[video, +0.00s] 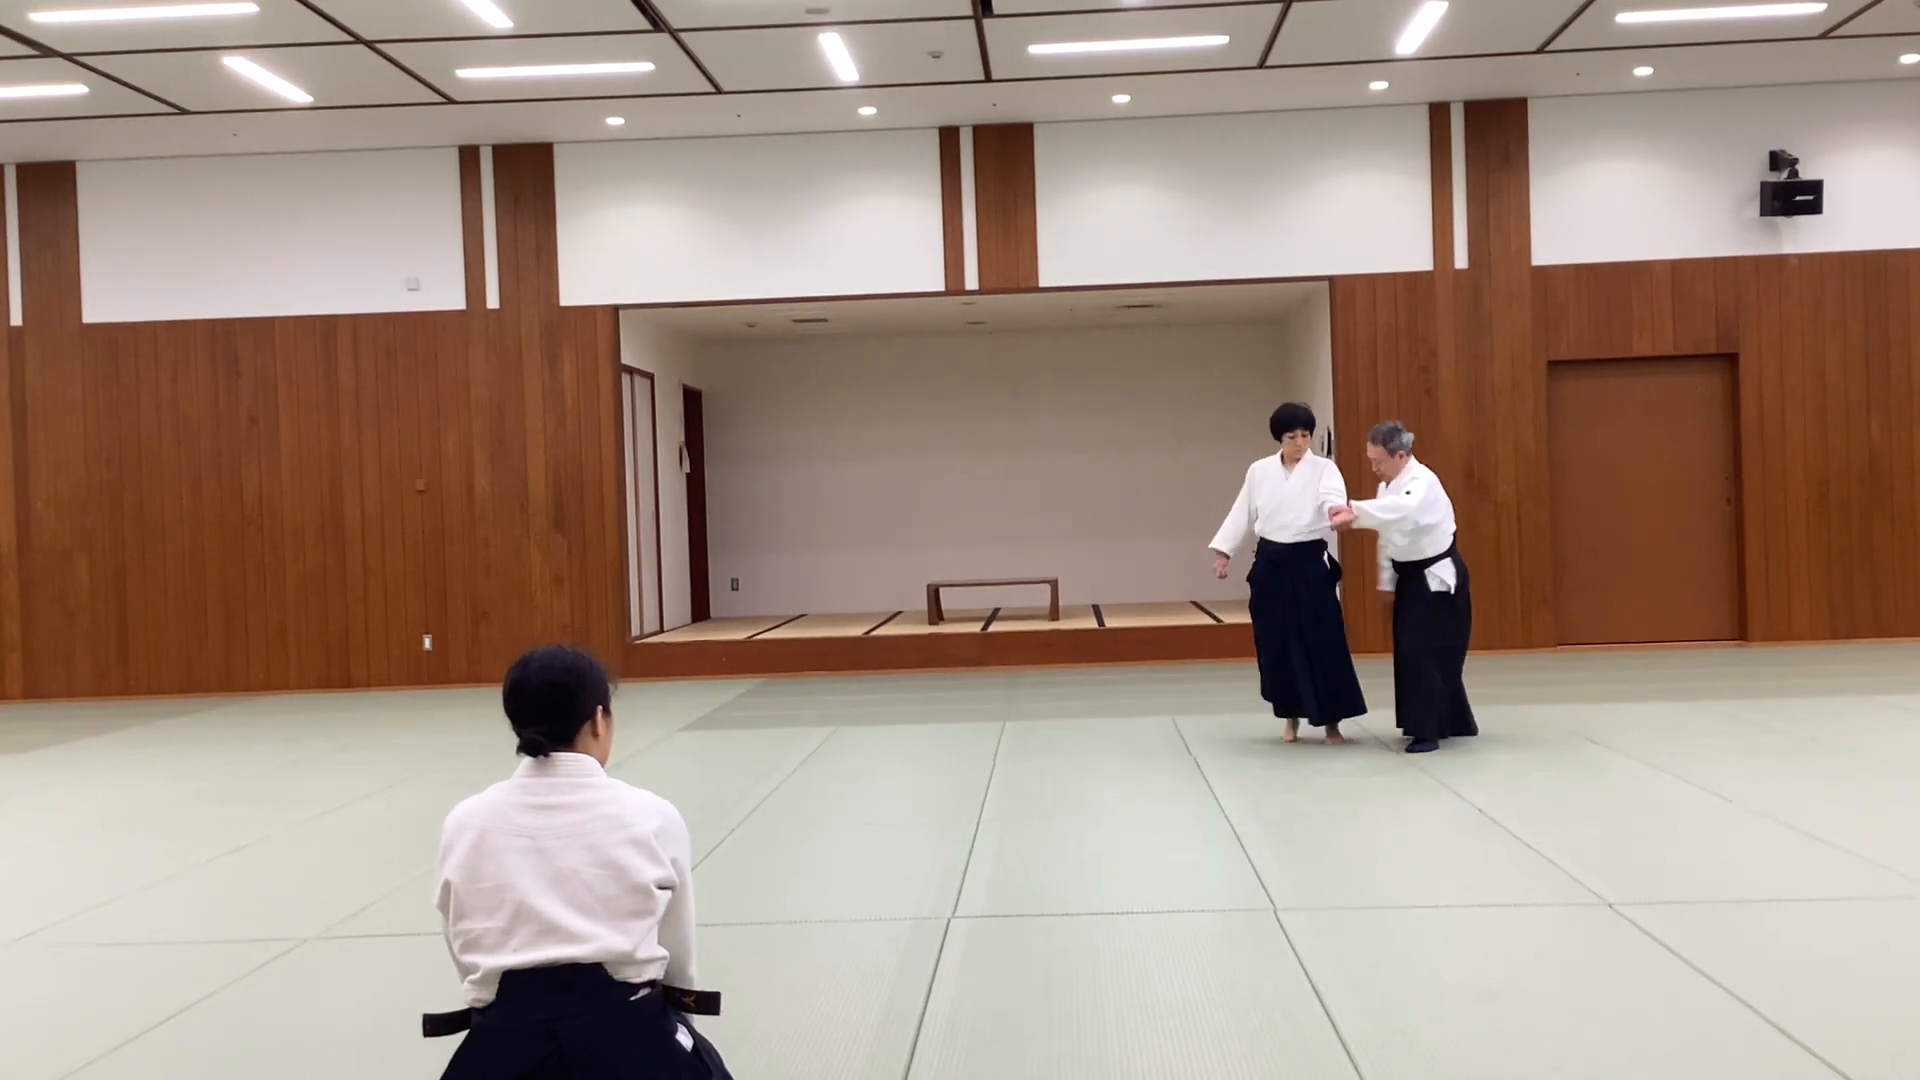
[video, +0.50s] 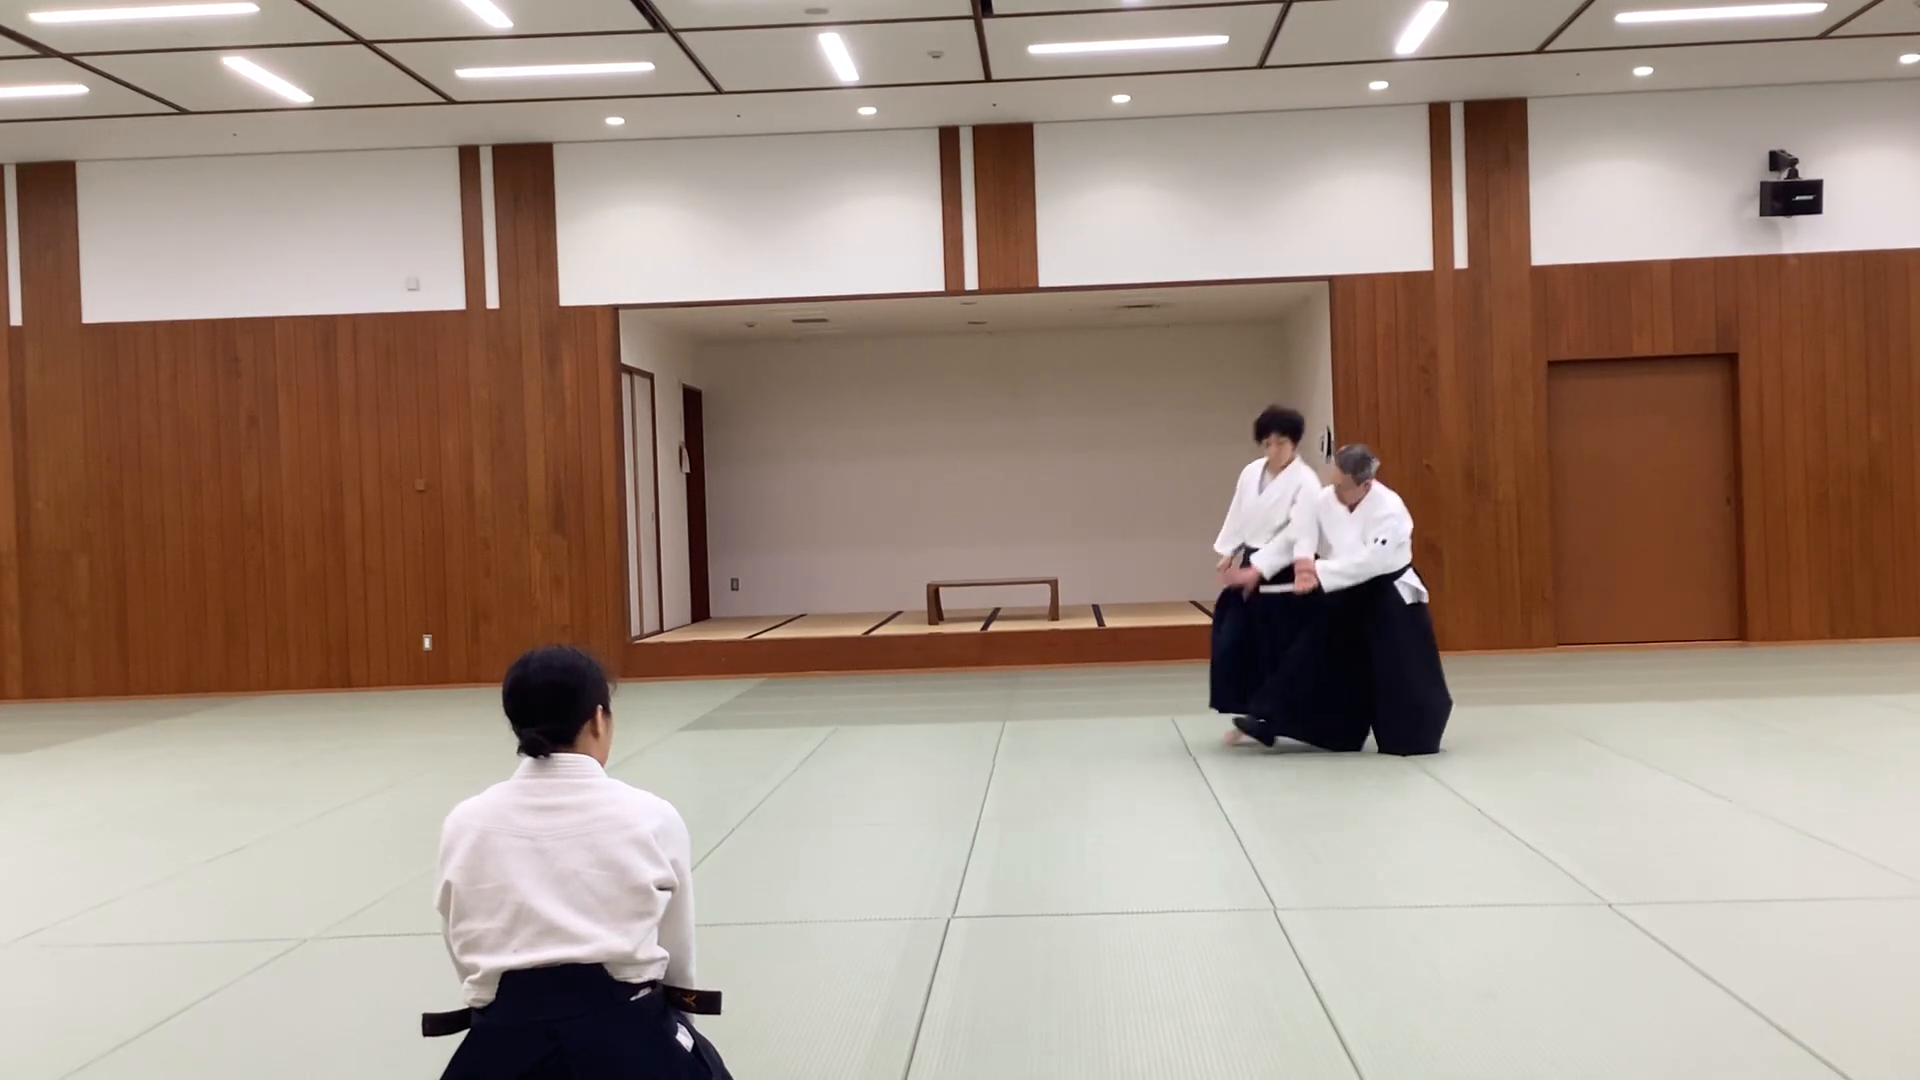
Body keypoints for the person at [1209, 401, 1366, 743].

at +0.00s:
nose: (1300, 442)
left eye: (1305, 435)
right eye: (1293, 436)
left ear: (1312, 436)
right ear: (1279, 436)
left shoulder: (1325, 469)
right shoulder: (1259, 470)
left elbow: (1334, 500)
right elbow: (1241, 513)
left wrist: (1338, 511)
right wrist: (1224, 550)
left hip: (1311, 562)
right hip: (1270, 564)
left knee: (1321, 640)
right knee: (1278, 642)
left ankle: (1332, 725)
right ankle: (1290, 721)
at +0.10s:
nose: (1301, 438)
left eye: (1307, 431)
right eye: (1294, 431)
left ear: (1315, 433)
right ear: (1281, 433)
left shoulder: (1328, 467)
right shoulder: (1263, 468)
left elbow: (1337, 500)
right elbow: (1246, 511)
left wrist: (1339, 504)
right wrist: (1229, 549)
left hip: (1311, 559)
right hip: (1271, 560)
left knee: (1322, 637)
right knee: (1278, 639)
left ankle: (1334, 723)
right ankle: (1289, 719)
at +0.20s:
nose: (1300, 436)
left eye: (1306, 429)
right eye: (1293, 430)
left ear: (1315, 431)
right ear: (1281, 431)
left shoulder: (1328, 465)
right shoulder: (1264, 465)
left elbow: (1337, 515)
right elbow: (1248, 507)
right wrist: (1234, 546)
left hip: (1312, 558)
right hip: (1269, 556)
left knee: (1319, 637)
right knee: (1279, 637)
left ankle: (1335, 722)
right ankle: (1290, 719)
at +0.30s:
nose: (1297, 435)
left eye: (1303, 429)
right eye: (1290, 429)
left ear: (1314, 430)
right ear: (1280, 431)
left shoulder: (1325, 466)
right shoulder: (1264, 463)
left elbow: (1323, 517)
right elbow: (1248, 506)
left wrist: (1279, 538)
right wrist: (1234, 545)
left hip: (1309, 559)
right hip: (1269, 558)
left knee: (1318, 637)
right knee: (1279, 638)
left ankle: (1336, 720)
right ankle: (1288, 720)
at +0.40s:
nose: (1291, 437)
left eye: (1298, 430)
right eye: (1284, 431)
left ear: (1310, 432)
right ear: (1276, 433)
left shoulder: (1320, 470)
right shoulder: (1262, 463)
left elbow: (1304, 517)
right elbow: (1245, 506)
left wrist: (1261, 544)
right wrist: (1232, 545)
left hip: (1301, 570)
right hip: (1264, 568)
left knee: (1300, 643)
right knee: (1268, 642)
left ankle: (1305, 718)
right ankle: (1286, 713)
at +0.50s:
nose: (1273, 451)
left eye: (1280, 444)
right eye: (1267, 444)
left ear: (1295, 444)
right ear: (1261, 443)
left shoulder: (1307, 482)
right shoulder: (1252, 472)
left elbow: (1296, 536)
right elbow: (1236, 515)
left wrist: (1257, 568)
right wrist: (1226, 556)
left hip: (1284, 571)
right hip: (1246, 565)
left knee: (1270, 642)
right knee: (1233, 636)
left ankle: (1262, 719)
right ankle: (1248, 717)